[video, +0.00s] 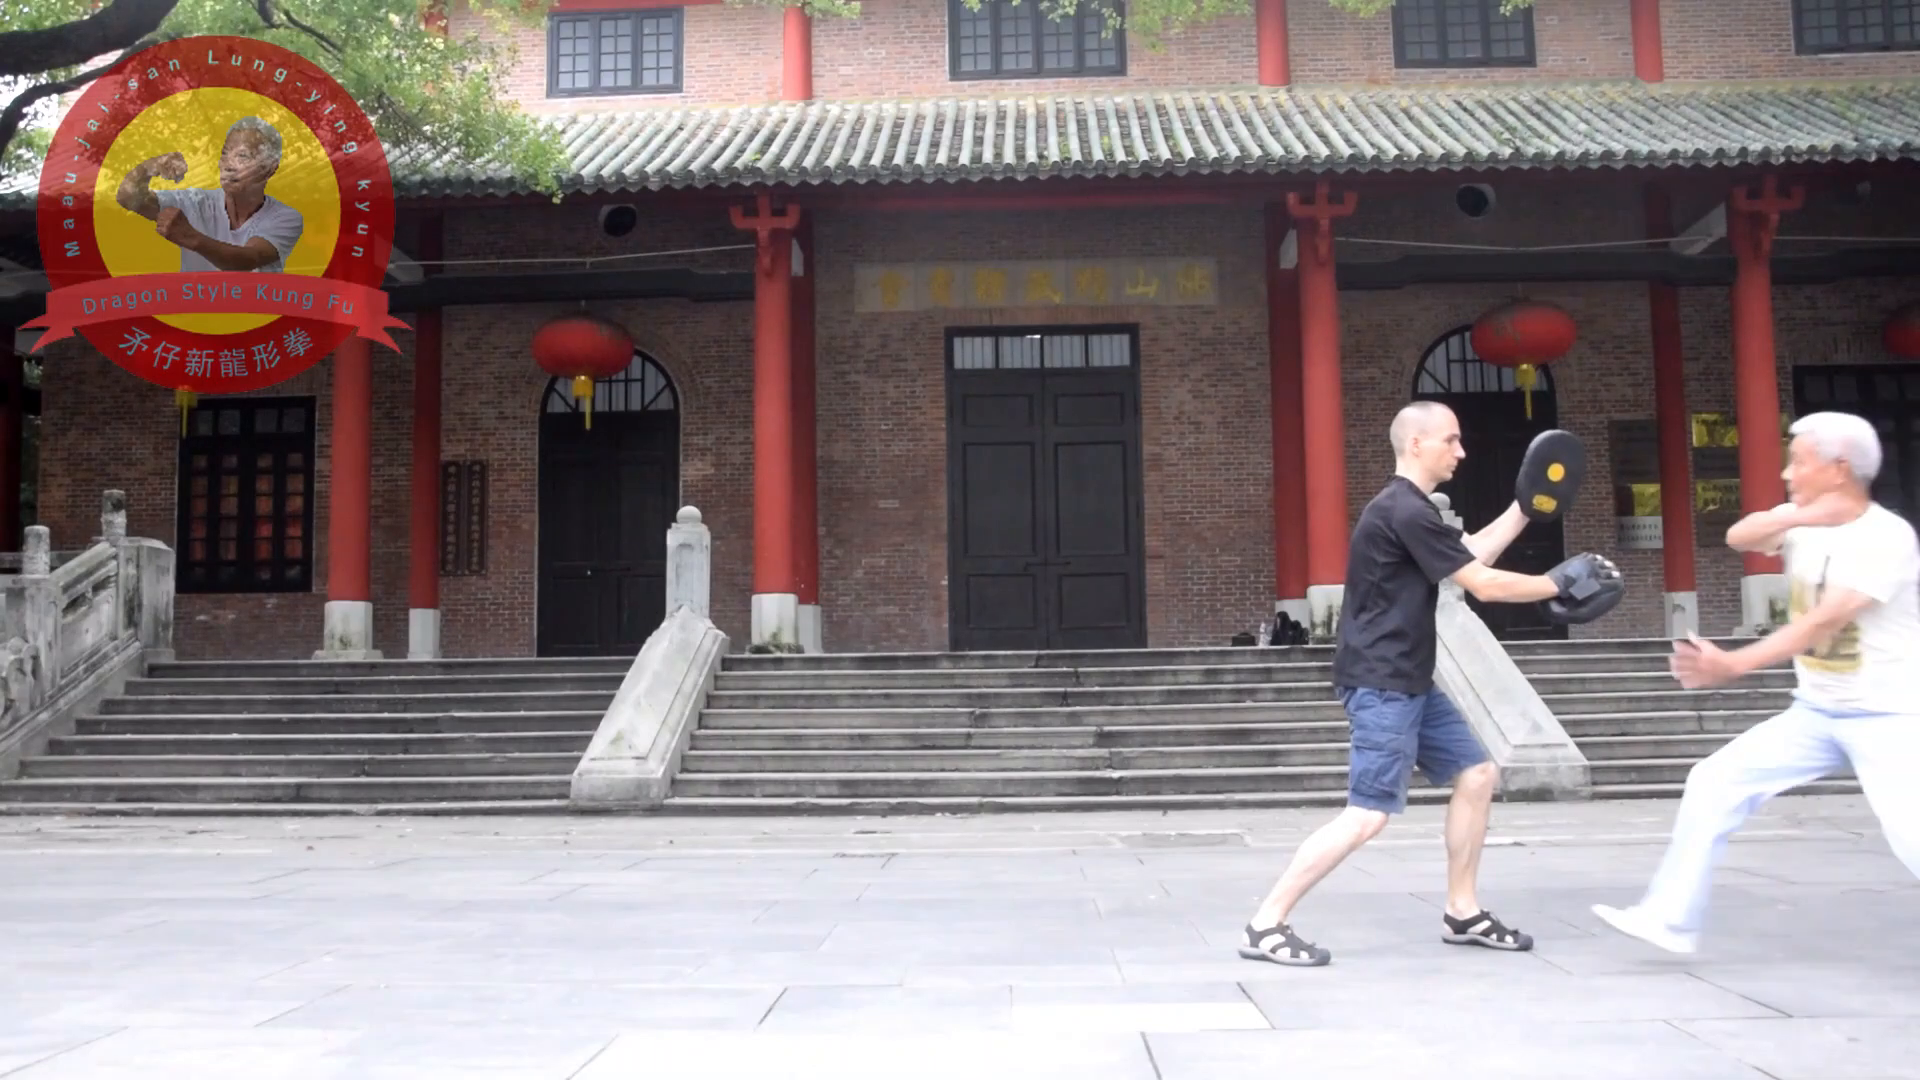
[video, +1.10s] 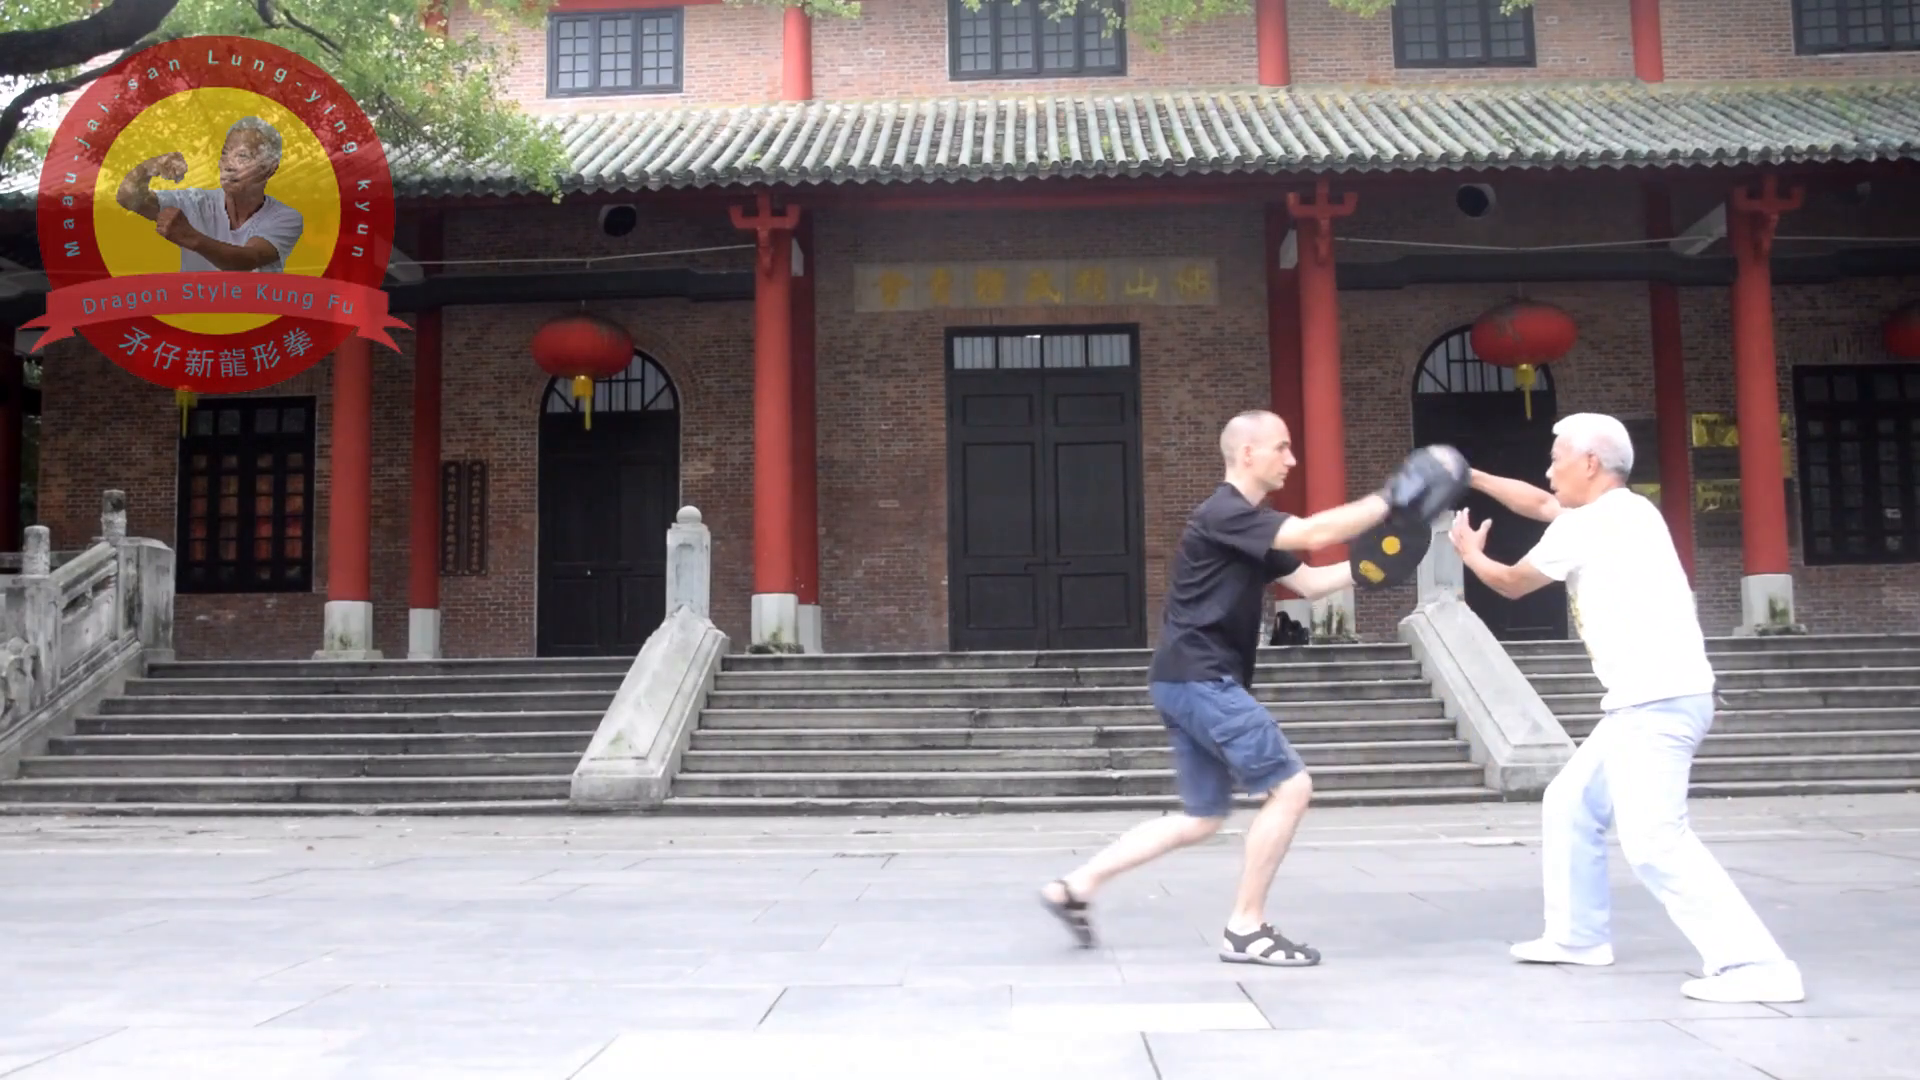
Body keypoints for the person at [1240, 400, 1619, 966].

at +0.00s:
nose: (1461, 450)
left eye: (1459, 440)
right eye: (1451, 440)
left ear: (1420, 445)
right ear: (1417, 444)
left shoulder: (1413, 504)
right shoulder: (1402, 510)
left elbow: (1470, 557)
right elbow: (1482, 585)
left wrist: (1525, 507)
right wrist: (1558, 586)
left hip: (1412, 680)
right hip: (1381, 681)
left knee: (1477, 777)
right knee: (1367, 816)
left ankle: (1463, 913)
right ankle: (1265, 924)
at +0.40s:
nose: (1424, 439)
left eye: (1420, 428)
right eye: (1413, 430)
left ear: (1375, 442)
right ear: (1382, 440)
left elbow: (1405, 555)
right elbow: (1450, 585)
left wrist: (1458, 503)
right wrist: (1481, 602)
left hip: (1389, 674)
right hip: (1382, 676)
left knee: (1462, 775)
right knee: (1362, 814)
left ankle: (1463, 912)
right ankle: (1265, 923)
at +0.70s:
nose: (1393, 456)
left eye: (1390, 444)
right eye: (1383, 445)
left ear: (1346, 453)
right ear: (1347, 452)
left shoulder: (1325, 514)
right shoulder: (1349, 515)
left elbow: (1391, 558)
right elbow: (1430, 574)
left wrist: (1441, 510)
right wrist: (1493, 594)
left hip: (1373, 681)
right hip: (1346, 685)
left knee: (1448, 780)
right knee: (1379, 823)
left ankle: (1463, 913)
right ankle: (1261, 910)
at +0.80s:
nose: (1363, 457)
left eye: (1362, 447)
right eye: (1354, 447)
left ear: (1321, 451)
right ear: (1319, 451)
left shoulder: (1318, 515)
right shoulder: (1307, 519)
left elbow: (1367, 576)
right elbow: (1378, 592)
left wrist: (1418, 532)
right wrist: (1442, 622)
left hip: (1356, 683)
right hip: (1321, 688)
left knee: (1424, 788)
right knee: (1364, 822)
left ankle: (1461, 914)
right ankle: (1252, 916)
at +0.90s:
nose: (1340, 454)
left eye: (1338, 444)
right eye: (1330, 444)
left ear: (1296, 450)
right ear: (1296, 449)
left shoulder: (1282, 510)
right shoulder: (1288, 515)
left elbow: (1316, 591)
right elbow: (1348, 597)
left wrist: (1373, 567)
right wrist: (1412, 651)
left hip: (1299, 682)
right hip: (1279, 685)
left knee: (1378, 779)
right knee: (1337, 812)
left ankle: (1418, 908)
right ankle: (1246, 928)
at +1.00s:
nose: (1319, 458)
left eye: (1317, 448)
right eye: (1309, 448)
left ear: (1279, 454)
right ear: (1275, 453)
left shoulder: (1265, 512)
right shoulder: (1257, 513)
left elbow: (1302, 596)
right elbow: (1332, 576)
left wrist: (1355, 574)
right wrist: (1420, 604)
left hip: (1248, 673)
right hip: (1232, 677)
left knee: (1325, 767)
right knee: (1316, 789)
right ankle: (1249, 926)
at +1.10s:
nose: (1291, 459)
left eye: (1290, 448)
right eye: (1282, 448)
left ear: (1249, 457)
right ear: (1248, 454)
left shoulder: (1242, 518)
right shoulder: (1224, 510)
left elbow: (1306, 583)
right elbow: (1312, 535)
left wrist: (1376, 561)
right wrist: (1395, 495)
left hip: (1187, 678)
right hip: (1200, 677)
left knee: (1202, 819)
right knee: (1291, 788)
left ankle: (1075, 888)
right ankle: (1245, 929)